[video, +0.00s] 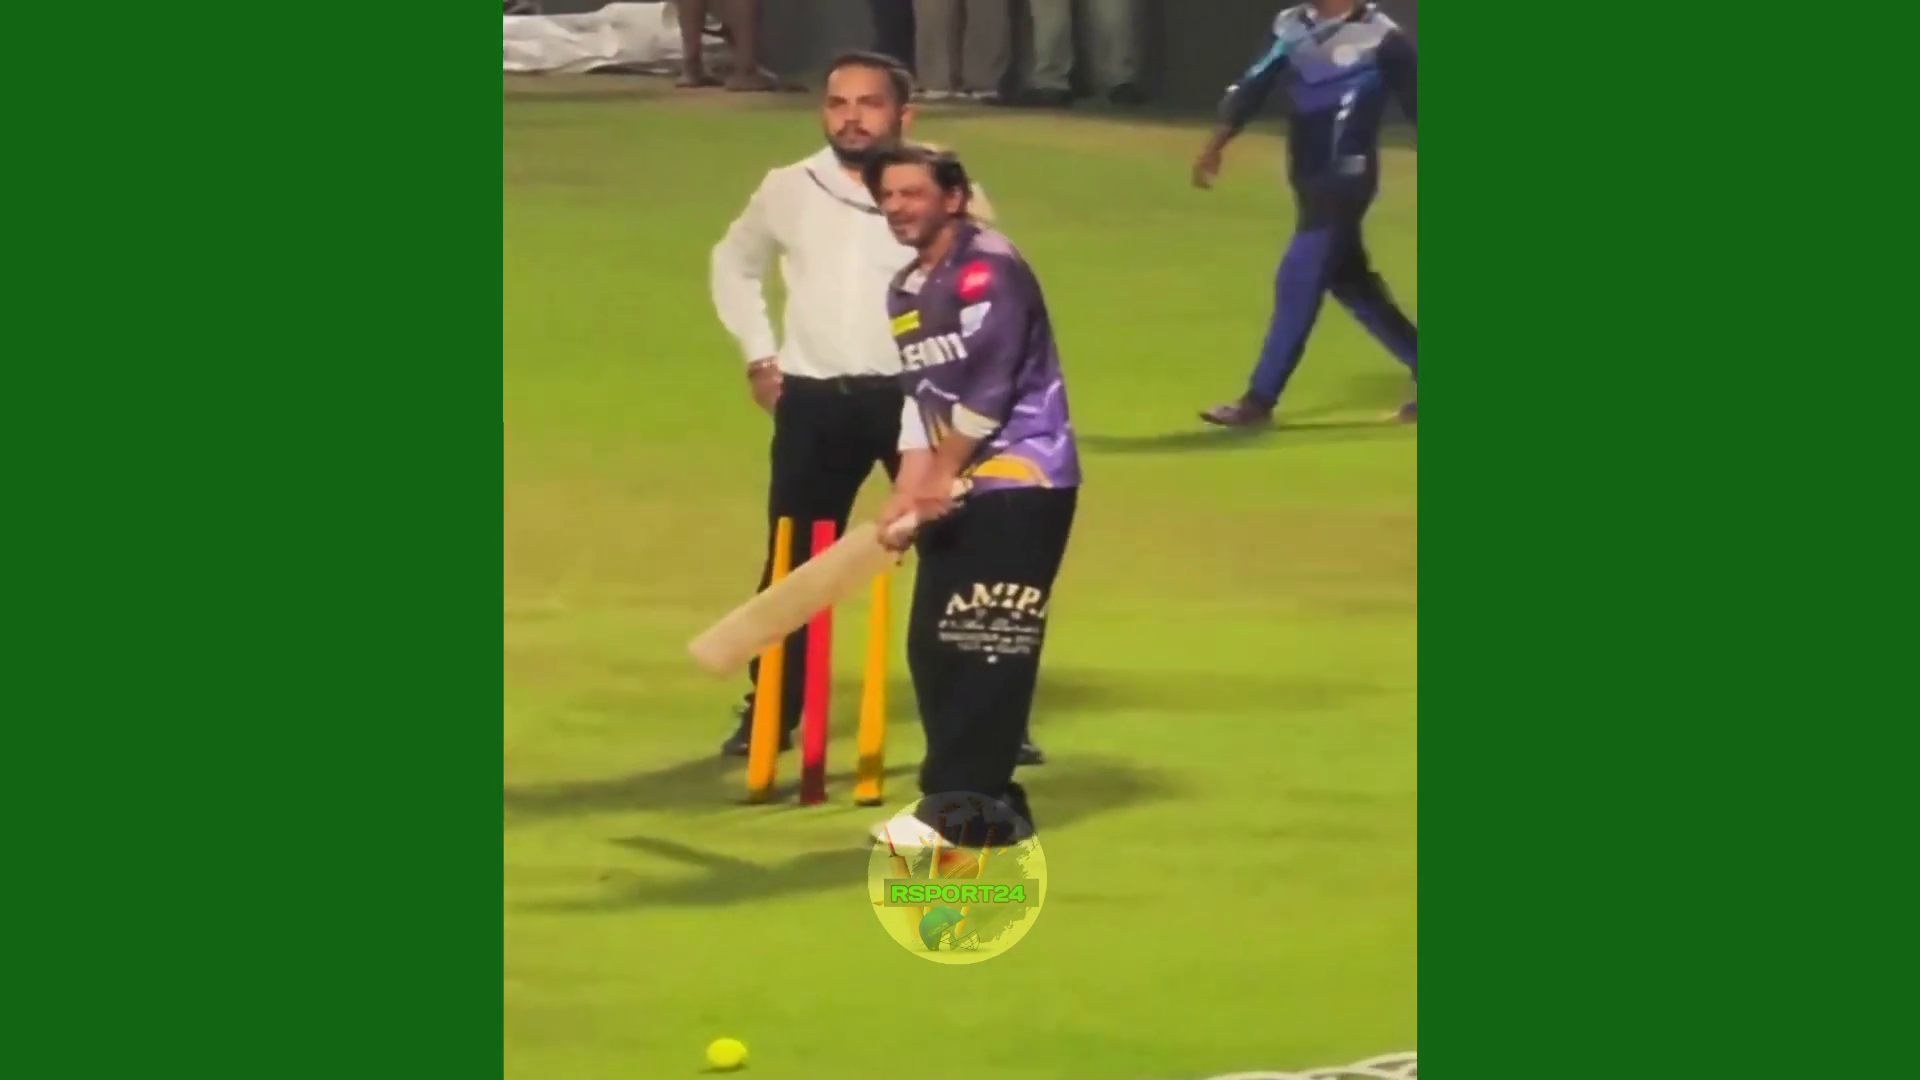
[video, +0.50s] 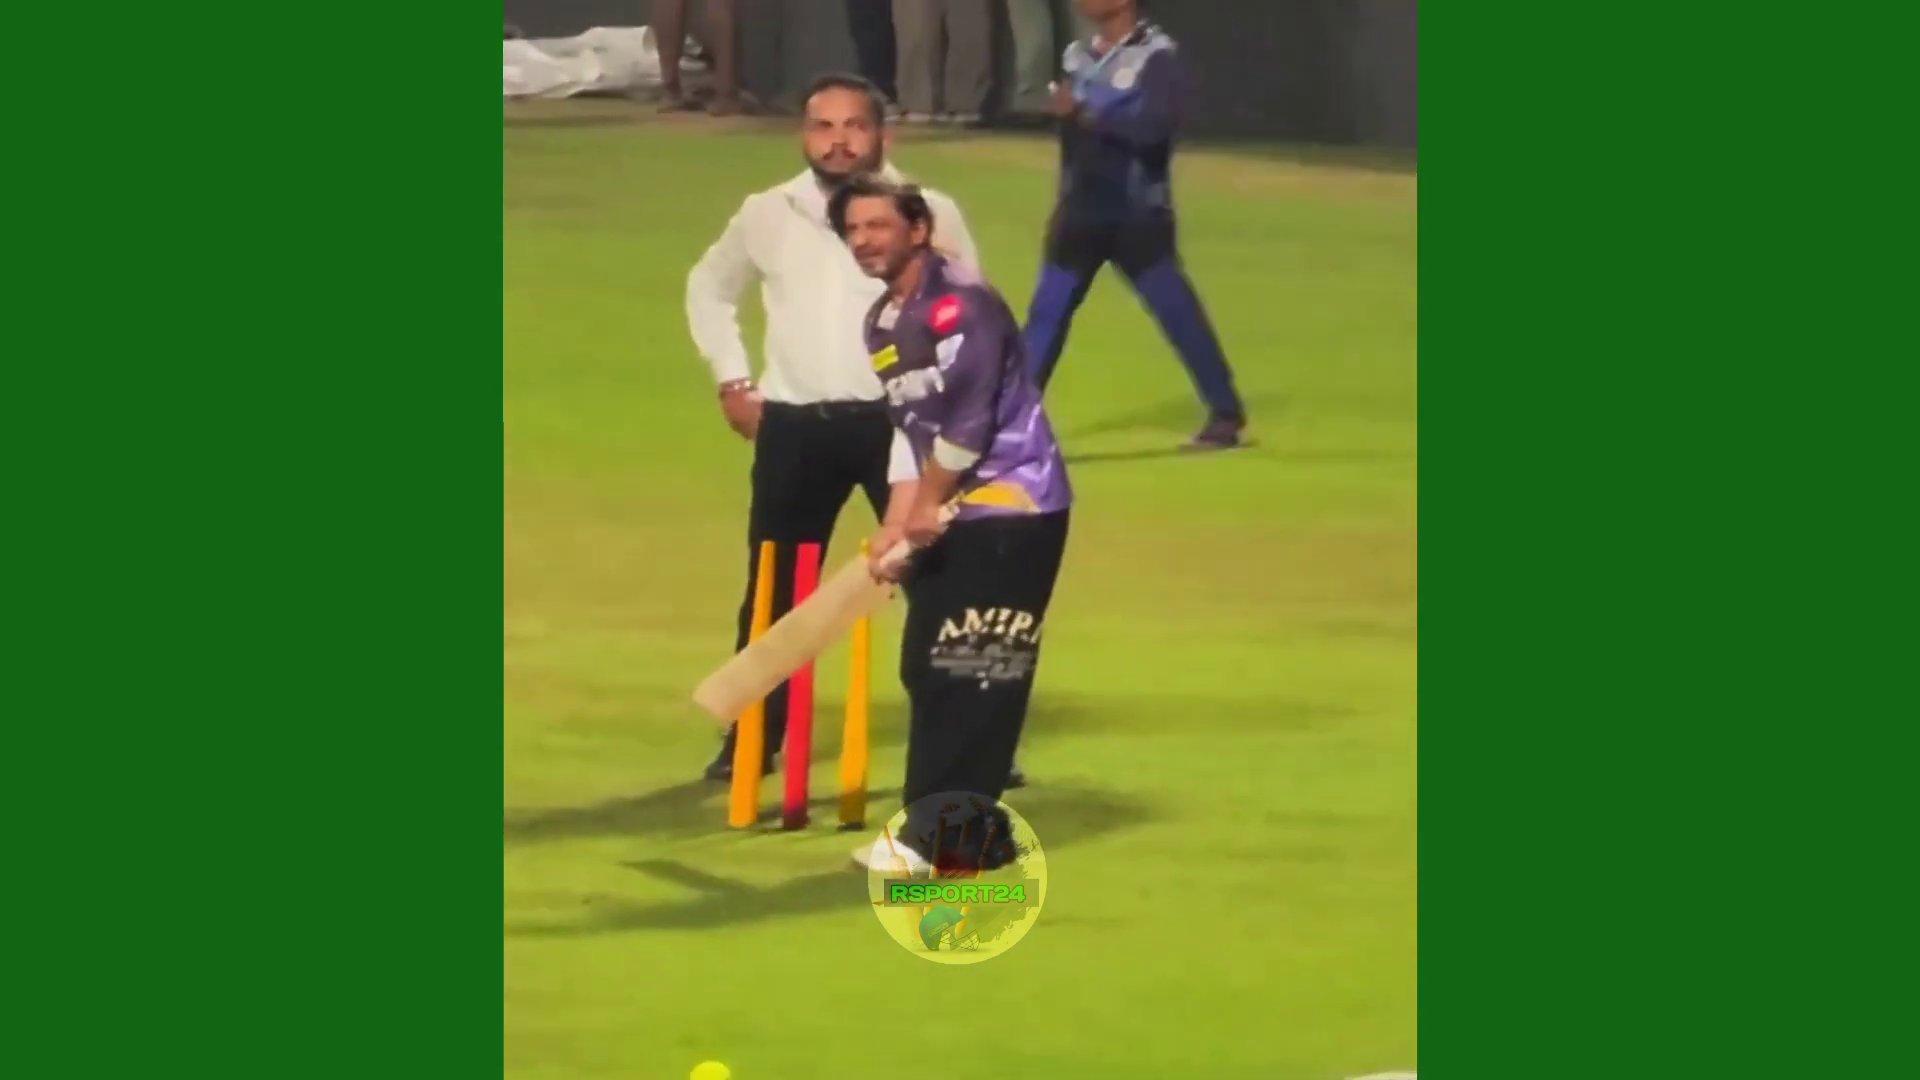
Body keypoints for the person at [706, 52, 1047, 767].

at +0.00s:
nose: (852, 118)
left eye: (870, 104)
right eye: (839, 104)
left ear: (902, 113)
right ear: (823, 112)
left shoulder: (934, 188)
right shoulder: (786, 190)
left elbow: (989, 285)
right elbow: (732, 264)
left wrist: (965, 394)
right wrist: (758, 353)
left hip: (916, 402)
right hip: (814, 402)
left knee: (963, 572)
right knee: (791, 568)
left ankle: (993, 725)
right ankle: (771, 715)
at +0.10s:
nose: (842, 123)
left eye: (859, 110)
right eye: (829, 109)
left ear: (891, 119)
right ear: (813, 118)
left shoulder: (929, 191)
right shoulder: (777, 197)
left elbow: (982, 294)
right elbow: (721, 269)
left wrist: (960, 401)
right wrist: (744, 363)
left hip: (908, 409)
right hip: (805, 409)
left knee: (955, 580)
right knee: (783, 576)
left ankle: (980, 733)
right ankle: (762, 721)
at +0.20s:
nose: (835, 128)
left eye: (853, 115)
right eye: (822, 115)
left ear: (886, 124)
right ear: (807, 123)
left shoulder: (926, 197)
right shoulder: (770, 202)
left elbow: (977, 301)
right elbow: (713, 275)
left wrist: (955, 403)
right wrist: (736, 370)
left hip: (902, 414)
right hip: (799, 415)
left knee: (950, 587)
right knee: (777, 580)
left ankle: (975, 739)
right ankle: (756, 727)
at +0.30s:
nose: (835, 130)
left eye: (852, 116)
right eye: (821, 117)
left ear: (884, 126)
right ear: (805, 125)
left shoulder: (931, 202)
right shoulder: (769, 205)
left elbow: (975, 307)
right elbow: (712, 278)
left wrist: (954, 409)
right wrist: (735, 371)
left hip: (902, 418)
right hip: (798, 417)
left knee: (948, 593)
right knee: (776, 584)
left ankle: (973, 746)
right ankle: (755, 734)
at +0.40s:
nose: (827, 139)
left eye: (844, 125)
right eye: (814, 125)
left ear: (876, 134)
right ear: (798, 134)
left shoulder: (924, 211)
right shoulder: (760, 214)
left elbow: (970, 321)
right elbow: (704, 288)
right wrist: (729, 381)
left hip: (893, 428)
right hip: (790, 428)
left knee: (943, 604)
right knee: (768, 595)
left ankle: (970, 754)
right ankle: (747, 746)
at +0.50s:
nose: (837, 139)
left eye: (853, 126)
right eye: (822, 126)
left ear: (880, 135)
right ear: (804, 135)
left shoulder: (927, 212)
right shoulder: (765, 216)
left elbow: (973, 324)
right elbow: (708, 290)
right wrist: (733, 383)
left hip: (900, 430)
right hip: (794, 429)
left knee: (945, 603)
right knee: (772, 598)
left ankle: (974, 755)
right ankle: (752, 747)